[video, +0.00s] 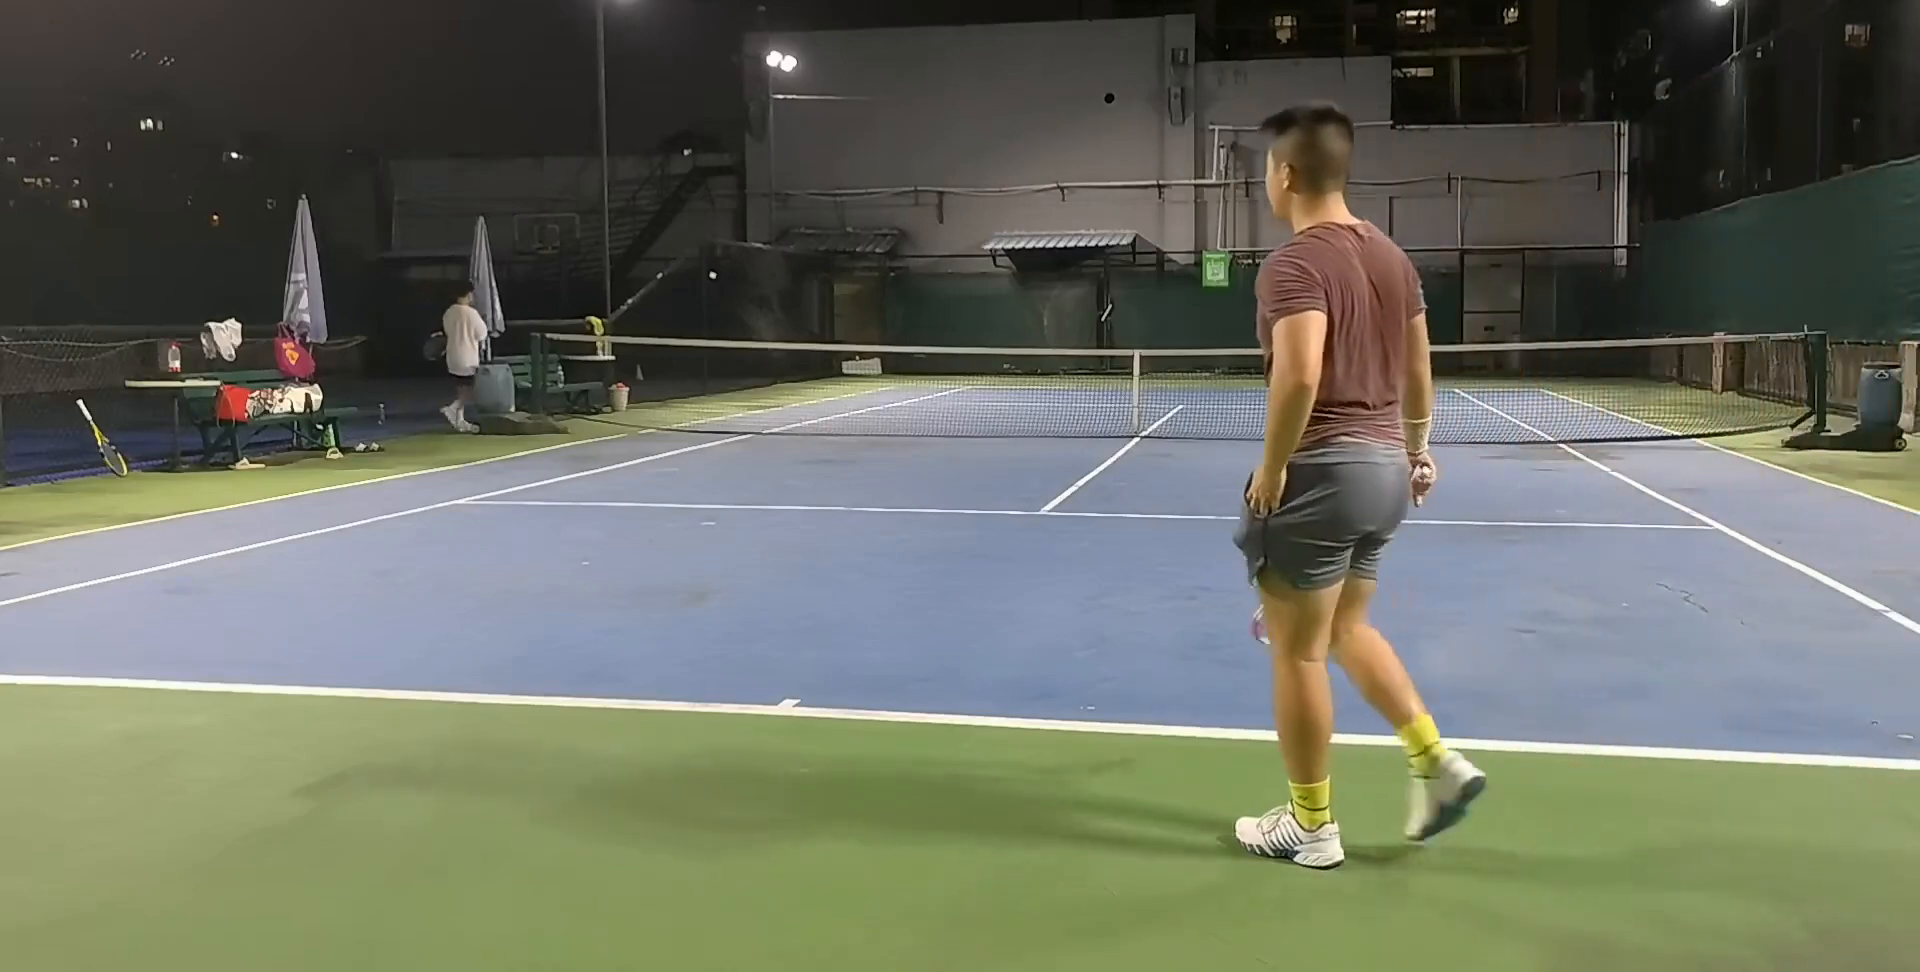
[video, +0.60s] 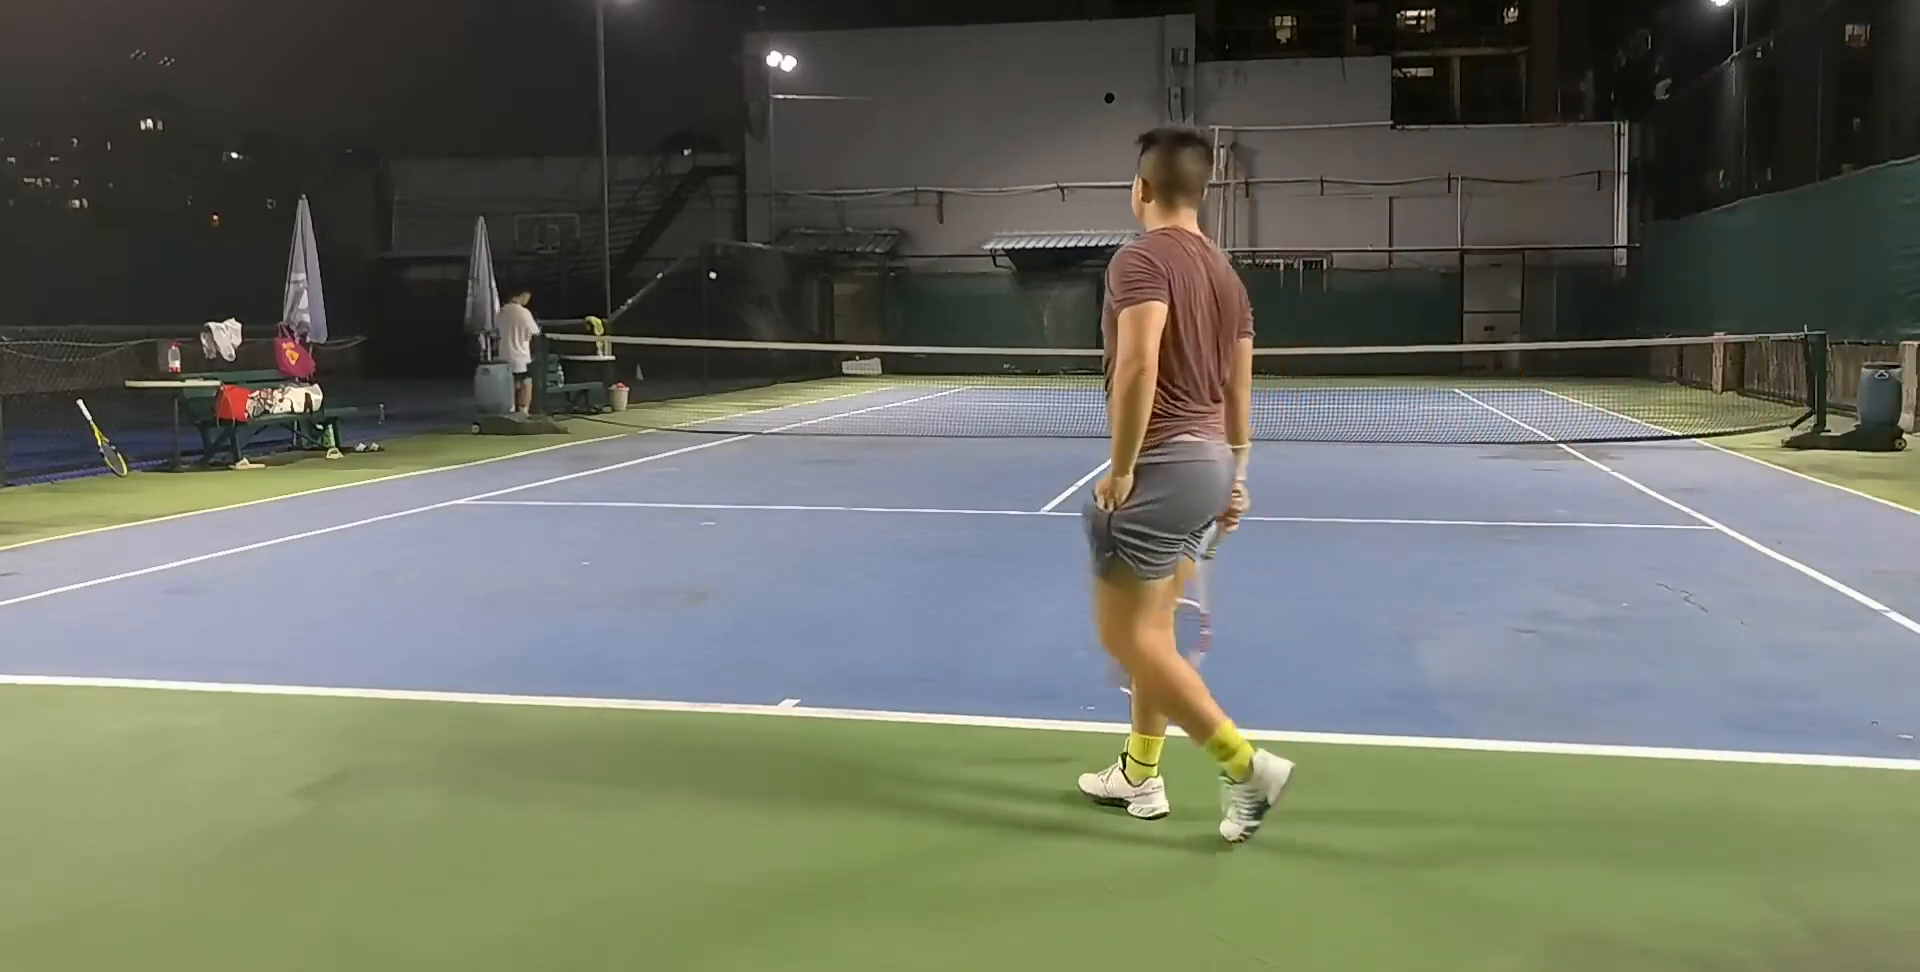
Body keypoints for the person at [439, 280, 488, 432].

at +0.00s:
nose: (472, 297)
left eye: (471, 294)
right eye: (470, 294)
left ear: (456, 296)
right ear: (467, 296)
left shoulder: (448, 313)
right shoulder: (471, 313)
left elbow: (447, 332)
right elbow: (482, 333)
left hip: (452, 357)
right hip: (469, 358)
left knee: (460, 388)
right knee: (469, 390)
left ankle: (460, 420)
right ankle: (452, 409)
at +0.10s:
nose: (479, 294)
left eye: (478, 291)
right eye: (478, 291)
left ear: (463, 292)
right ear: (475, 292)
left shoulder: (454, 311)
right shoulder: (478, 312)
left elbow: (453, 330)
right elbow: (487, 333)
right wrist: (489, 319)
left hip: (458, 357)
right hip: (475, 358)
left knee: (463, 385)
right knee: (476, 387)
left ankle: (460, 420)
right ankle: (468, 416)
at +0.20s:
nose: (487, 297)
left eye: (487, 294)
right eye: (487, 294)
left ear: (472, 293)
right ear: (484, 294)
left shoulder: (462, 311)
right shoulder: (484, 313)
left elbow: (462, 330)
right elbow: (494, 334)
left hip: (465, 360)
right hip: (483, 360)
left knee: (466, 388)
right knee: (486, 391)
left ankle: (460, 420)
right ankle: (487, 422)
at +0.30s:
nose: (496, 299)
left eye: (496, 296)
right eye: (495, 296)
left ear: (480, 295)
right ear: (492, 297)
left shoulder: (470, 311)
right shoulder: (492, 314)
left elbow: (471, 329)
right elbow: (502, 335)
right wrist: (508, 324)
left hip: (473, 360)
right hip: (491, 361)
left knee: (469, 388)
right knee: (500, 388)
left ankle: (462, 420)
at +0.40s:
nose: (508, 302)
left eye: (508, 299)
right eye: (508, 299)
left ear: (493, 298)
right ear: (504, 299)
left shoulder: (482, 313)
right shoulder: (504, 316)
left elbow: (480, 330)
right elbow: (513, 337)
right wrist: (516, 327)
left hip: (483, 362)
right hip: (501, 363)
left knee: (476, 390)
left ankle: (464, 416)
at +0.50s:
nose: (519, 301)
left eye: (520, 298)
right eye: (519, 298)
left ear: (504, 297)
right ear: (514, 297)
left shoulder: (494, 313)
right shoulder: (515, 315)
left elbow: (488, 330)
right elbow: (524, 336)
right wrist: (528, 329)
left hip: (493, 360)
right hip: (512, 361)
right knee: (522, 377)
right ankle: (523, 408)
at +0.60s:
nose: (528, 300)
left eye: (528, 297)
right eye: (527, 297)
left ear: (512, 296)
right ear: (519, 296)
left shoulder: (501, 312)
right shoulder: (524, 313)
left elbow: (498, 329)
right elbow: (534, 332)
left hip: (503, 357)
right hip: (520, 357)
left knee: (511, 385)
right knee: (526, 384)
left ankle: (511, 409)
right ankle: (523, 410)